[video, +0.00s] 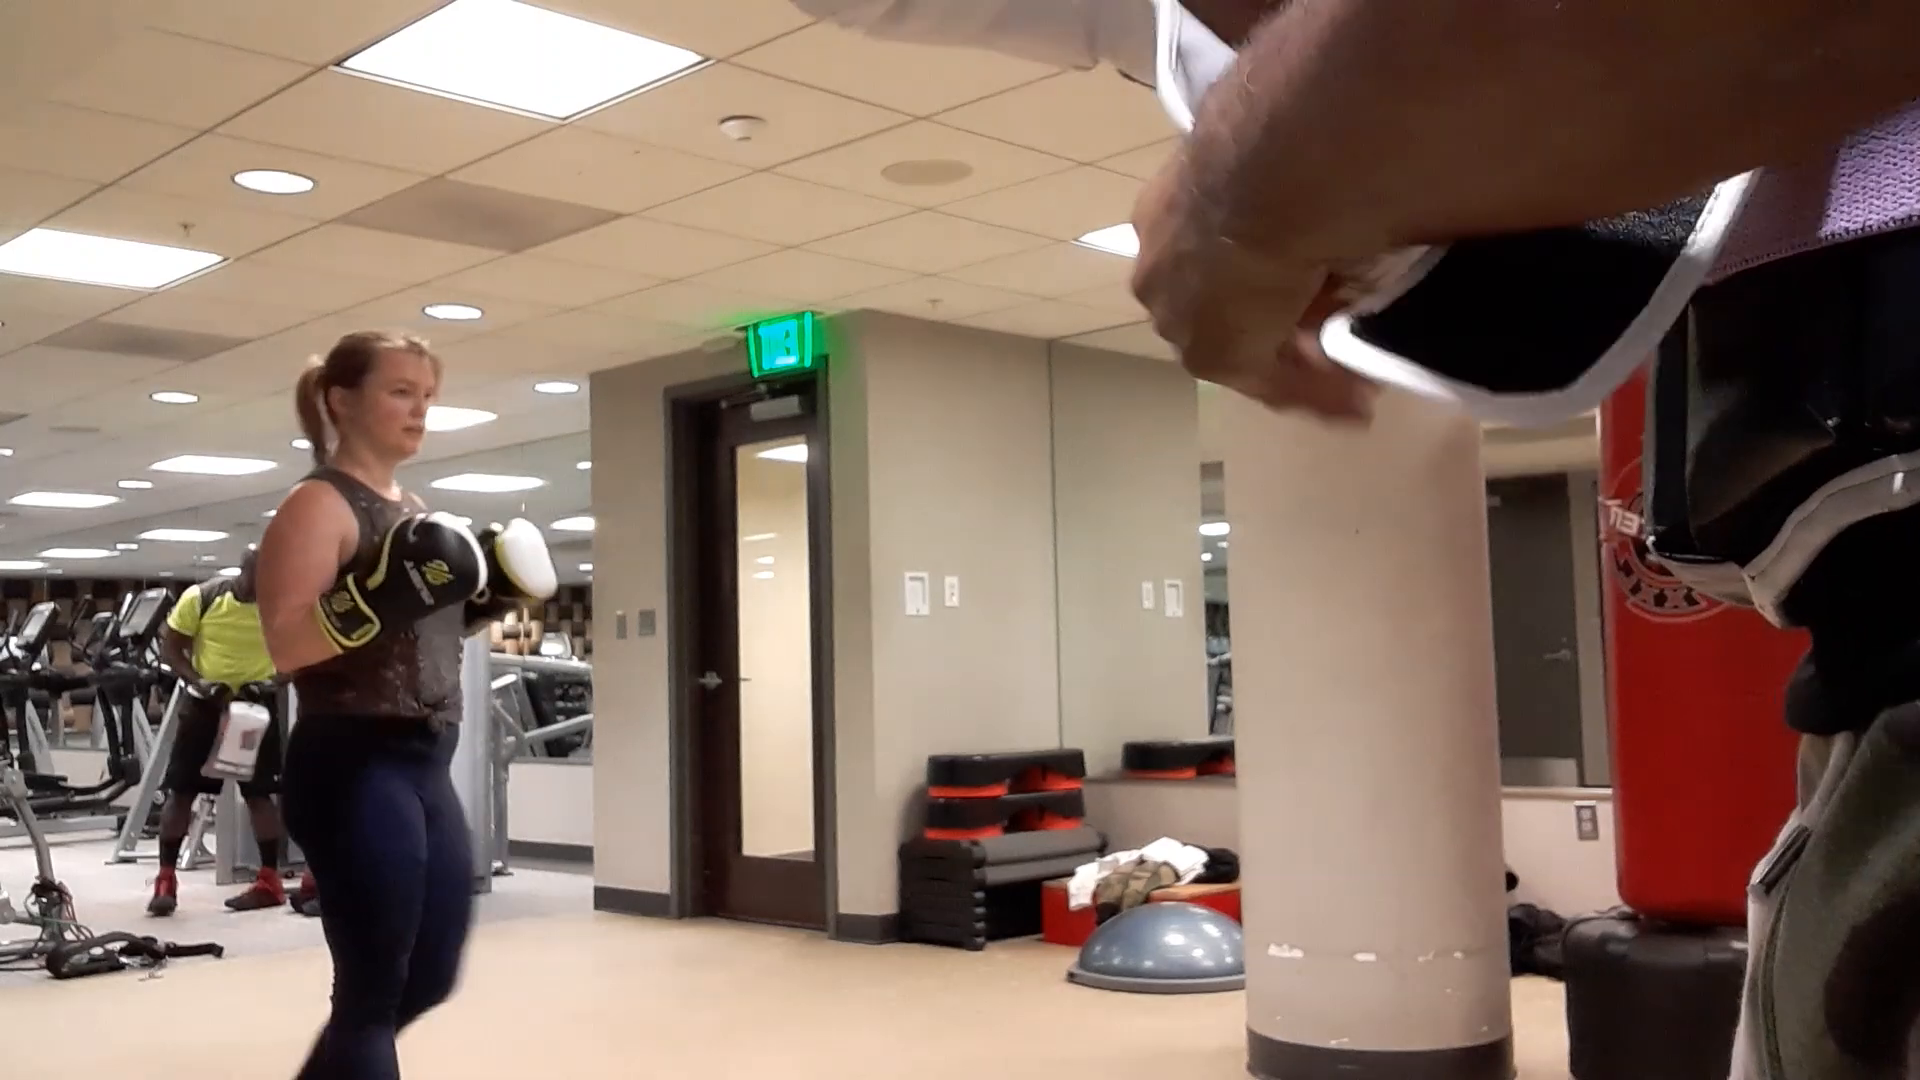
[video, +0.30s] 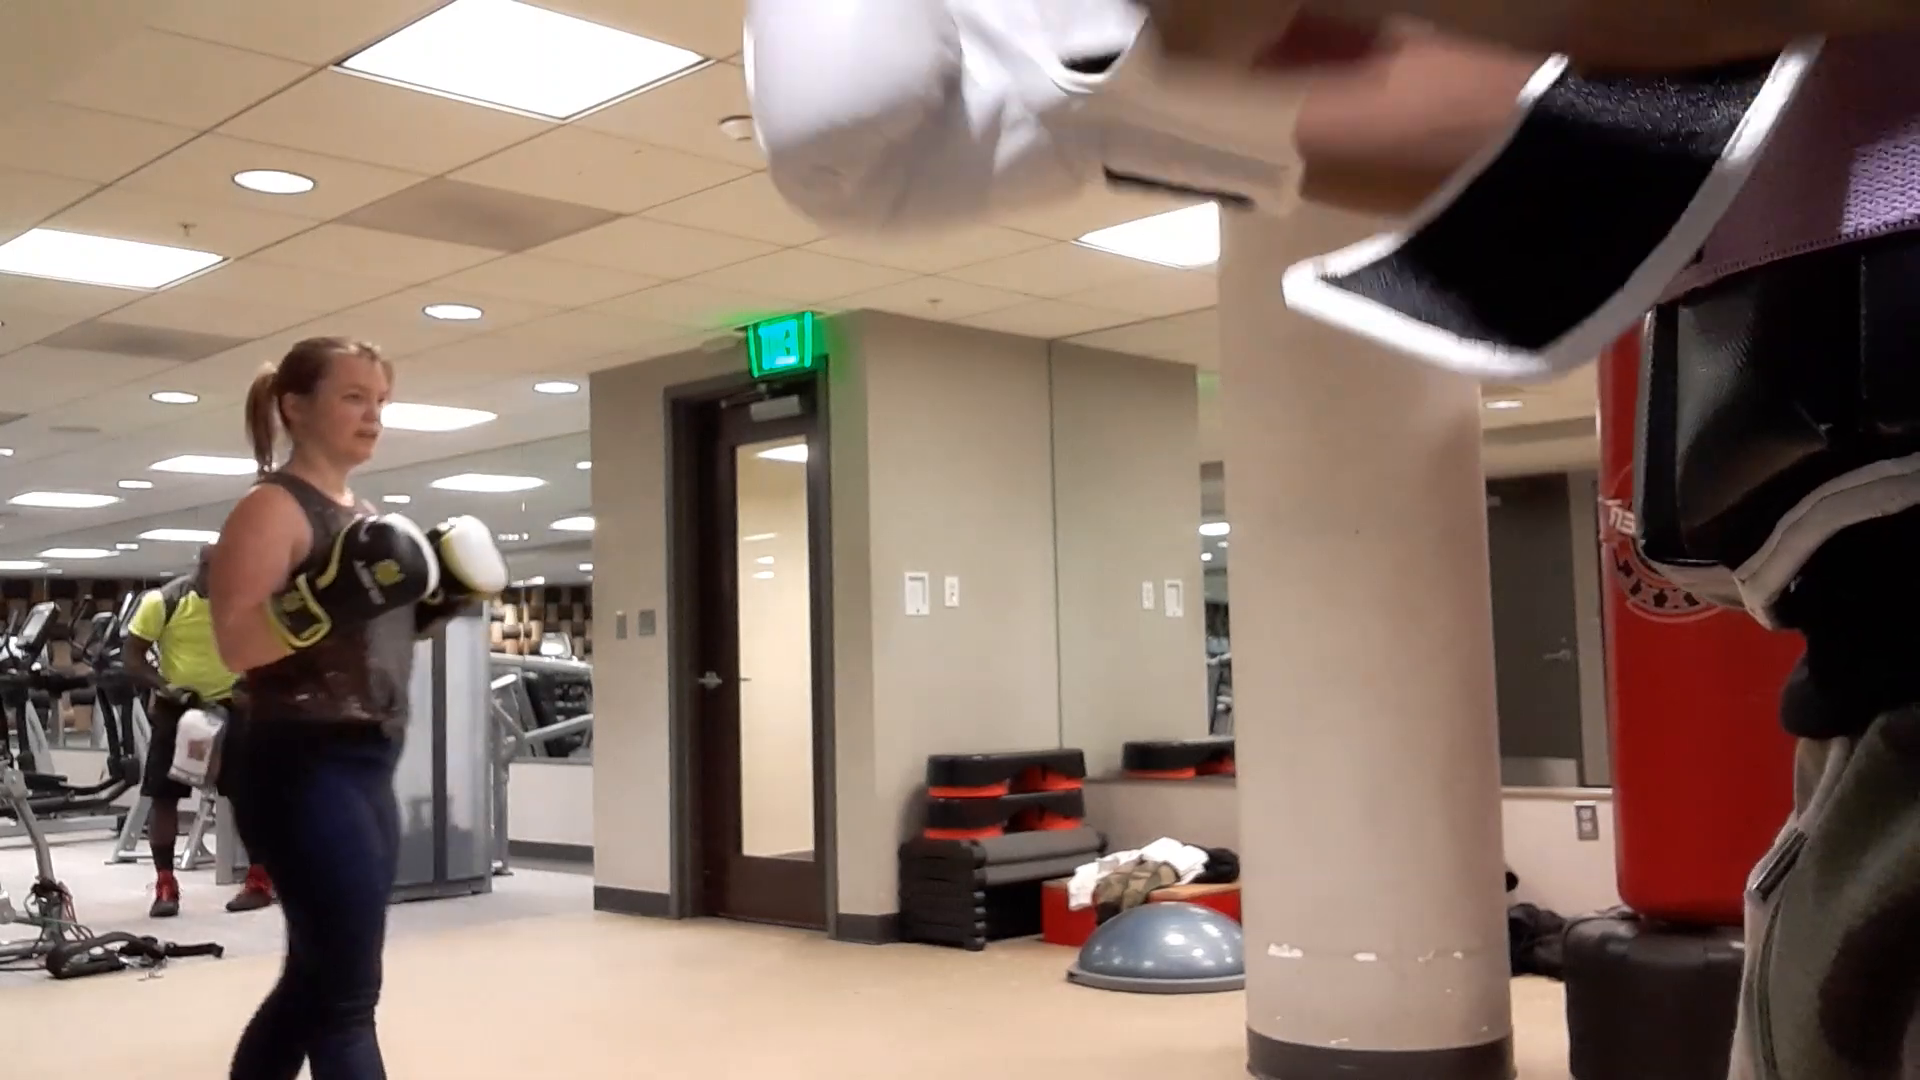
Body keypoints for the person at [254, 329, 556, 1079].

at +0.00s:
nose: (419, 412)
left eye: (427, 399)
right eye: (400, 394)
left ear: (430, 408)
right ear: (340, 401)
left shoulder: (409, 509)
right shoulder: (314, 507)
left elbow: (424, 634)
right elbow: (285, 647)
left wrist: (486, 598)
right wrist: (389, 596)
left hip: (424, 761)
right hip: (350, 764)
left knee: (427, 979)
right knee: (372, 991)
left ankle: (322, 1065)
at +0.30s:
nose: (373, 417)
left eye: (380, 403)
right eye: (354, 400)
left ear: (383, 411)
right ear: (296, 408)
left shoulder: (360, 514)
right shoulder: (269, 509)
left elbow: (372, 641)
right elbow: (238, 643)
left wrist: (437, 603)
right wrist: (336, 595)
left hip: (360, 763)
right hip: (296, 767)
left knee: (316, 985)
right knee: (346, 991)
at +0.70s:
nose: (313, 424)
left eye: (323, 412)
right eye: (296, 405)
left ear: (330, 422)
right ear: (237, 407)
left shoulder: (297, 520)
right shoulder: (189, 508)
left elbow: (293, 645)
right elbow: (134, 639)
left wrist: (357, 616)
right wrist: (226, 606)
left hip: (296, 761)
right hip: (210, 764)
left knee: (269, 981)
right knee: (307, 965)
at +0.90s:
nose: (276, 422)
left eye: (287, 409)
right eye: (258, 403)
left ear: (295, 419)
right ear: (201, 404)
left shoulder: (266, 518)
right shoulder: (157, 507)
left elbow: (272, 647)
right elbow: (106, 640)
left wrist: (332, 615)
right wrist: (198, 603)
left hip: (273, 756)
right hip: (188, 758)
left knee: (251, 983)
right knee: (232, 984)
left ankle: (154, 1066)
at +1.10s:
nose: (229, 416)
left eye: (243, 403)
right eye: (209, 396)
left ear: (253, 414)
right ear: (156, 402)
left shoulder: (233, 517)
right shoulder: (113, 503)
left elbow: (236, 651)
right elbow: (64, 646)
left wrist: (300, 620)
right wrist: (160, 599)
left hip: (245, 771)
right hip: (143, 773)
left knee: (241, 993)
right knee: (120, 998)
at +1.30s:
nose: (180, 409)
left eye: (195, 395)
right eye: (158, 389)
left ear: (206, 409)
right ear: (107, 394)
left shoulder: (206, 517)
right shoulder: (57, 500)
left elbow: (216, 644)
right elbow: (2, 632)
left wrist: (263, 618)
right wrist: (78, 600)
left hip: (195, 772)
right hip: (87, 772)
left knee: (228, 987)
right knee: (73, 996)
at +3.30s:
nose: (181, 408)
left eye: (197, 393)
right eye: (158, 387)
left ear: (210, 407)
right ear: (108, 393)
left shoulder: (226, 515)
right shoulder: (60, 502)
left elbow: (233, 659)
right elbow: (1, 648)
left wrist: (284, 613)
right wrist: (60, 606)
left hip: (224, 780)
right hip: (103, 780)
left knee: (211, 1013)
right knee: (65, 1011)